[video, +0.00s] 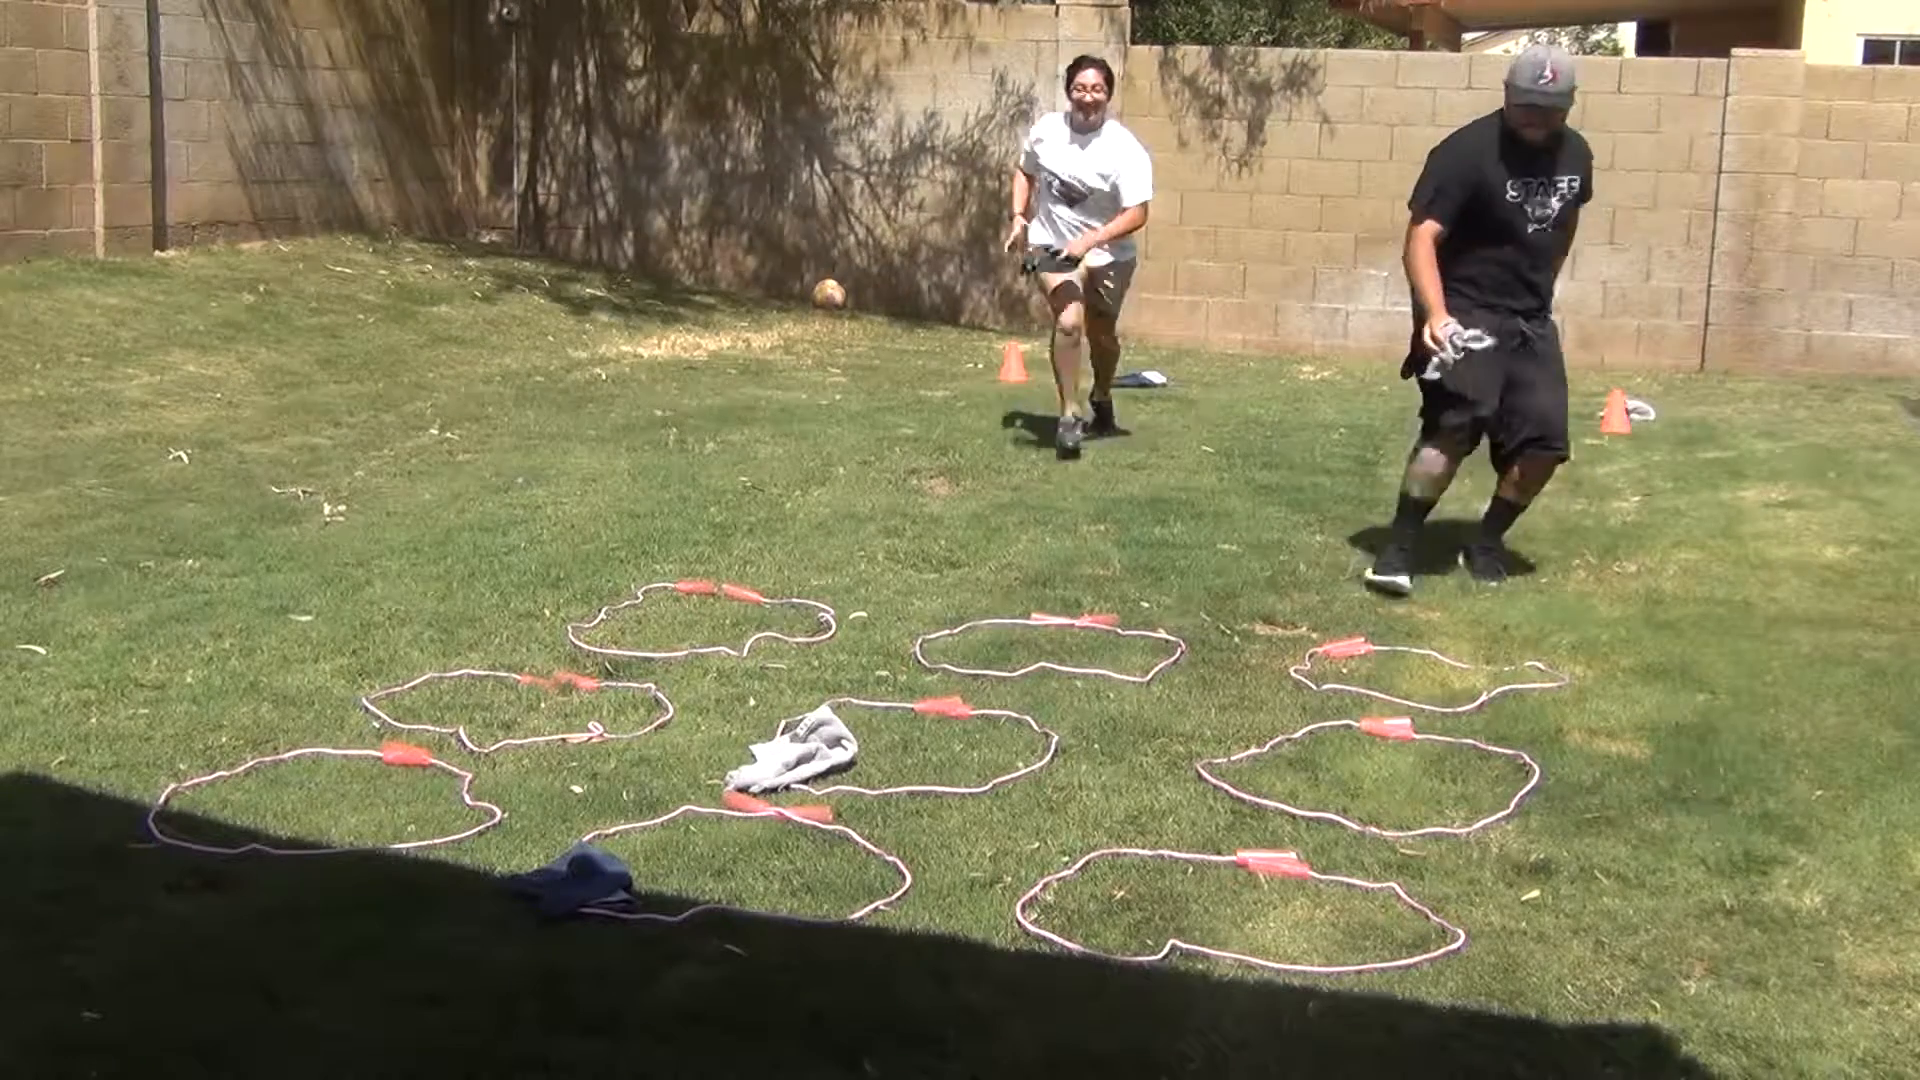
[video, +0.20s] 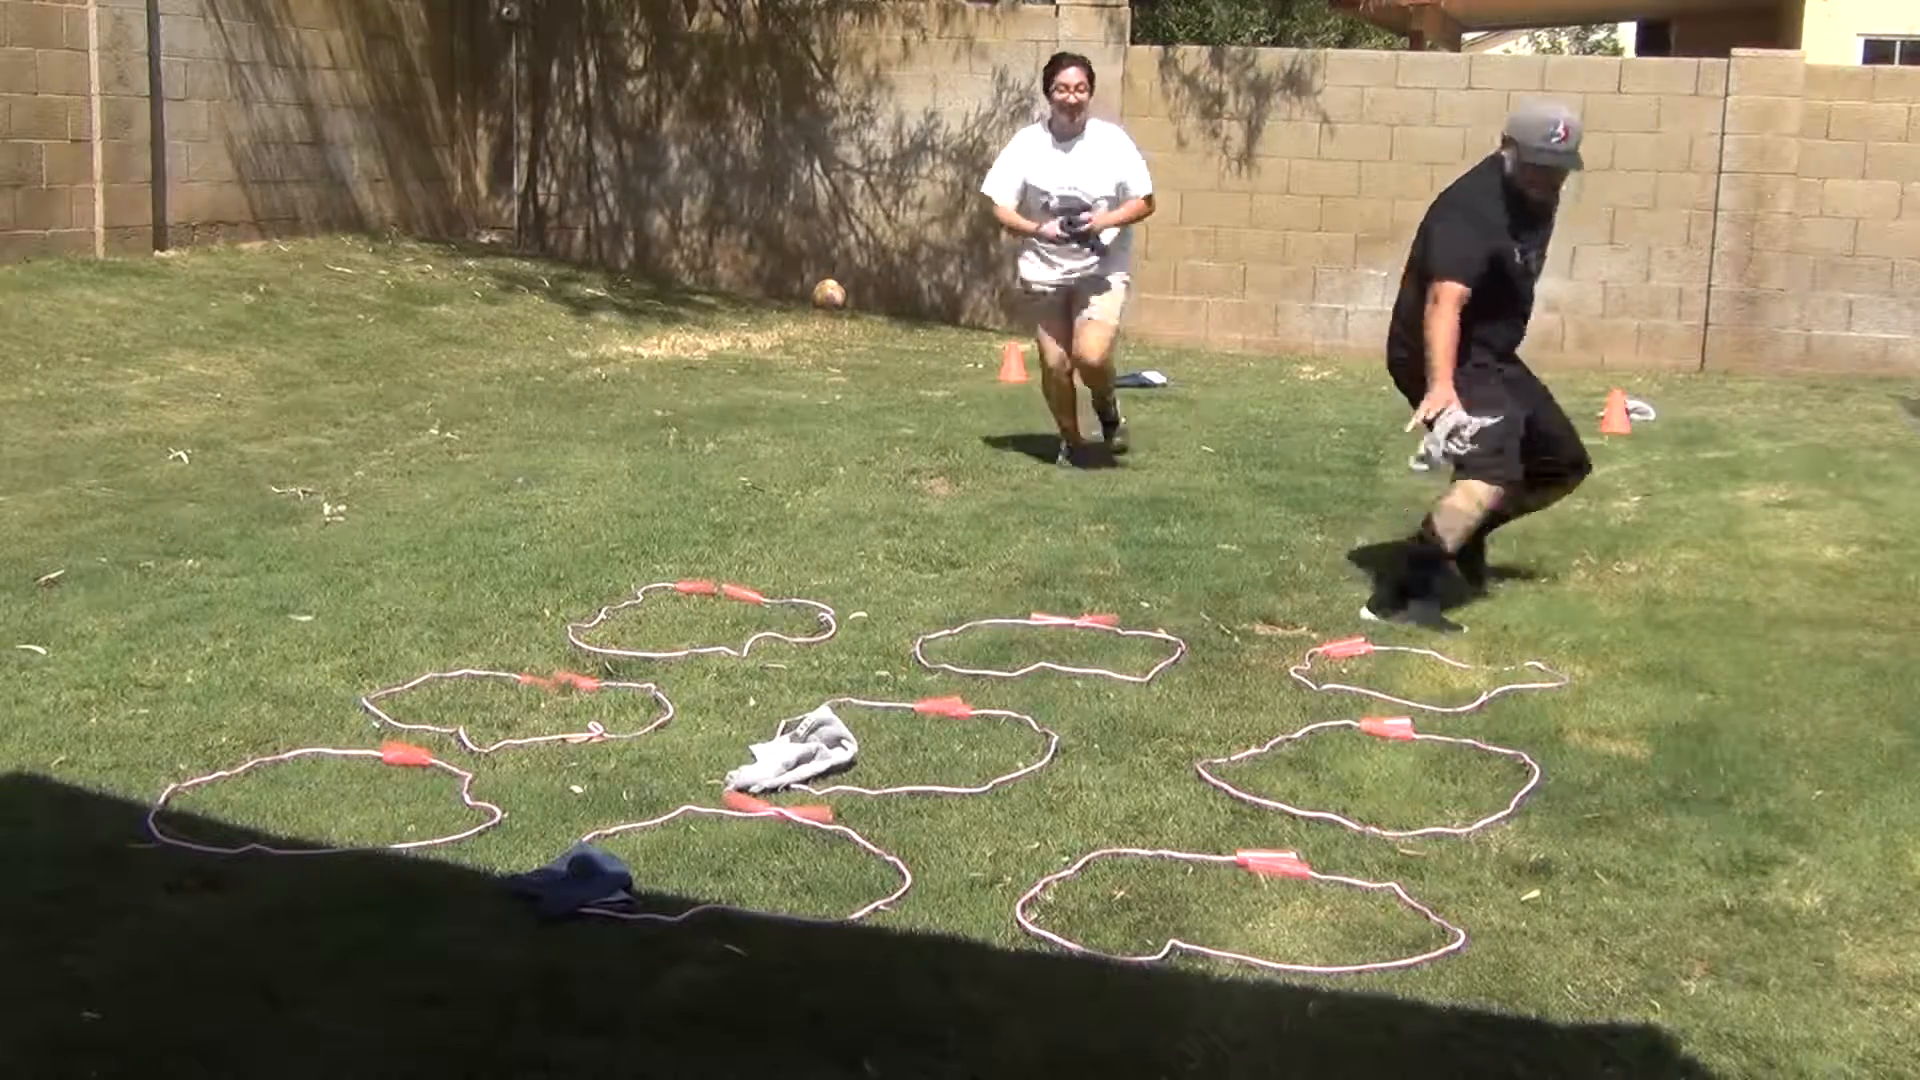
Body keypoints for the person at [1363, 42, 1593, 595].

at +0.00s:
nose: (1532, 119)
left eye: (1546, 110)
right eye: (1523, 107)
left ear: (1567, 106)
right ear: (1506, 98)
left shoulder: (1574, 156)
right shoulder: (1464, 152)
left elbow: (1563, 234)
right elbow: (1420, 238)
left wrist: (1538, 294)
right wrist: (1434, 312)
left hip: (1532, 318)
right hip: (1464, 312)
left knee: (1544, 442)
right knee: (1457, 423)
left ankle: (1486, 543)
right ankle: (1399, 547)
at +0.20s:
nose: (1548, 181)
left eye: (1558, 171)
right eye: (1537, 168)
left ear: (1569, 164)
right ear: (1509, 154)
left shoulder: (1539, 195)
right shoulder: (1472, 207)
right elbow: (1443, 301)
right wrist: (1441, 386)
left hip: (1492, 354)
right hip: (1443, 359)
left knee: (1562, 466)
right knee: (1493, 471)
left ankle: (1463, 533)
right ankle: (1404, 589)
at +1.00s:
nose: (1615, 137)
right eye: (1614, 132)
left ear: (1554, 127)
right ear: (1607, 130)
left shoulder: (1513, 165)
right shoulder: (1626, 168)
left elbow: (1474, 253)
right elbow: (1657, 234)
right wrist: (1639, 321)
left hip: (1486, 291)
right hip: (1566, 298)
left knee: (1504, 422)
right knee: (1586, 427)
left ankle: (1504, 519)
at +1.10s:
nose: (1627, 118)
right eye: (1627, 112)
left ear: (1568, 108)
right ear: (1621, 110)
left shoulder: (1530, 148)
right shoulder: (1643, 147)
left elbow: (1499, 222)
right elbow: (1673, 195)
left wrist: (1519, 271)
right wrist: (1668, 279)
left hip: (1514, 282)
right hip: (1592, 286)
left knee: (1515, 414)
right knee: (1603, 397)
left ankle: (1498, 534)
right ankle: (1587, 503)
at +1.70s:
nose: (1574, 80)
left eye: (1575, 75)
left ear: (1581, 75)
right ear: (1625, 74)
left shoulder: (1562, 119)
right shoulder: (1658, 119)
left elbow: (1531, 173)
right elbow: (1710, 166)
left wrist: (1542, 236)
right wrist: (1684, 229)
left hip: (1583, 265)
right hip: (1644, 264)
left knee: (1596, 368)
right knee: (1643, 349)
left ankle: (1622, 467)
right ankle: (1660, 426)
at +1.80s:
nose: (1569, 75)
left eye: (1571, 70)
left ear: (1576, 71)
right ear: (1620, 68)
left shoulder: (1558, 112)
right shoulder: (1651, 108)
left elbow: (1524, 160)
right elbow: (1712, 137)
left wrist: (1536, 220)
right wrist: (1686, 192)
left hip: (1579, 244)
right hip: (1639, 241)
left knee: (1587, 348)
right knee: (1626, 337)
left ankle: (1610, 439)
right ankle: (1623, 431)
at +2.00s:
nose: (1544, 108)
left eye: (1545, 100)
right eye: (1543, 101)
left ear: (1556, 99)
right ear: (1587, 94)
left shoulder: (1552, 144)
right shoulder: (1628, 131)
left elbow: (1543, 201)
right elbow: (1673, 169)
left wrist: (1531, 237)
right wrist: (1643, 204)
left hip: (1573, 263)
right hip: (1626, 263)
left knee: (1541, 339)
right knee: (1596, 345)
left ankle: (1573, 404)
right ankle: (1603, 432)